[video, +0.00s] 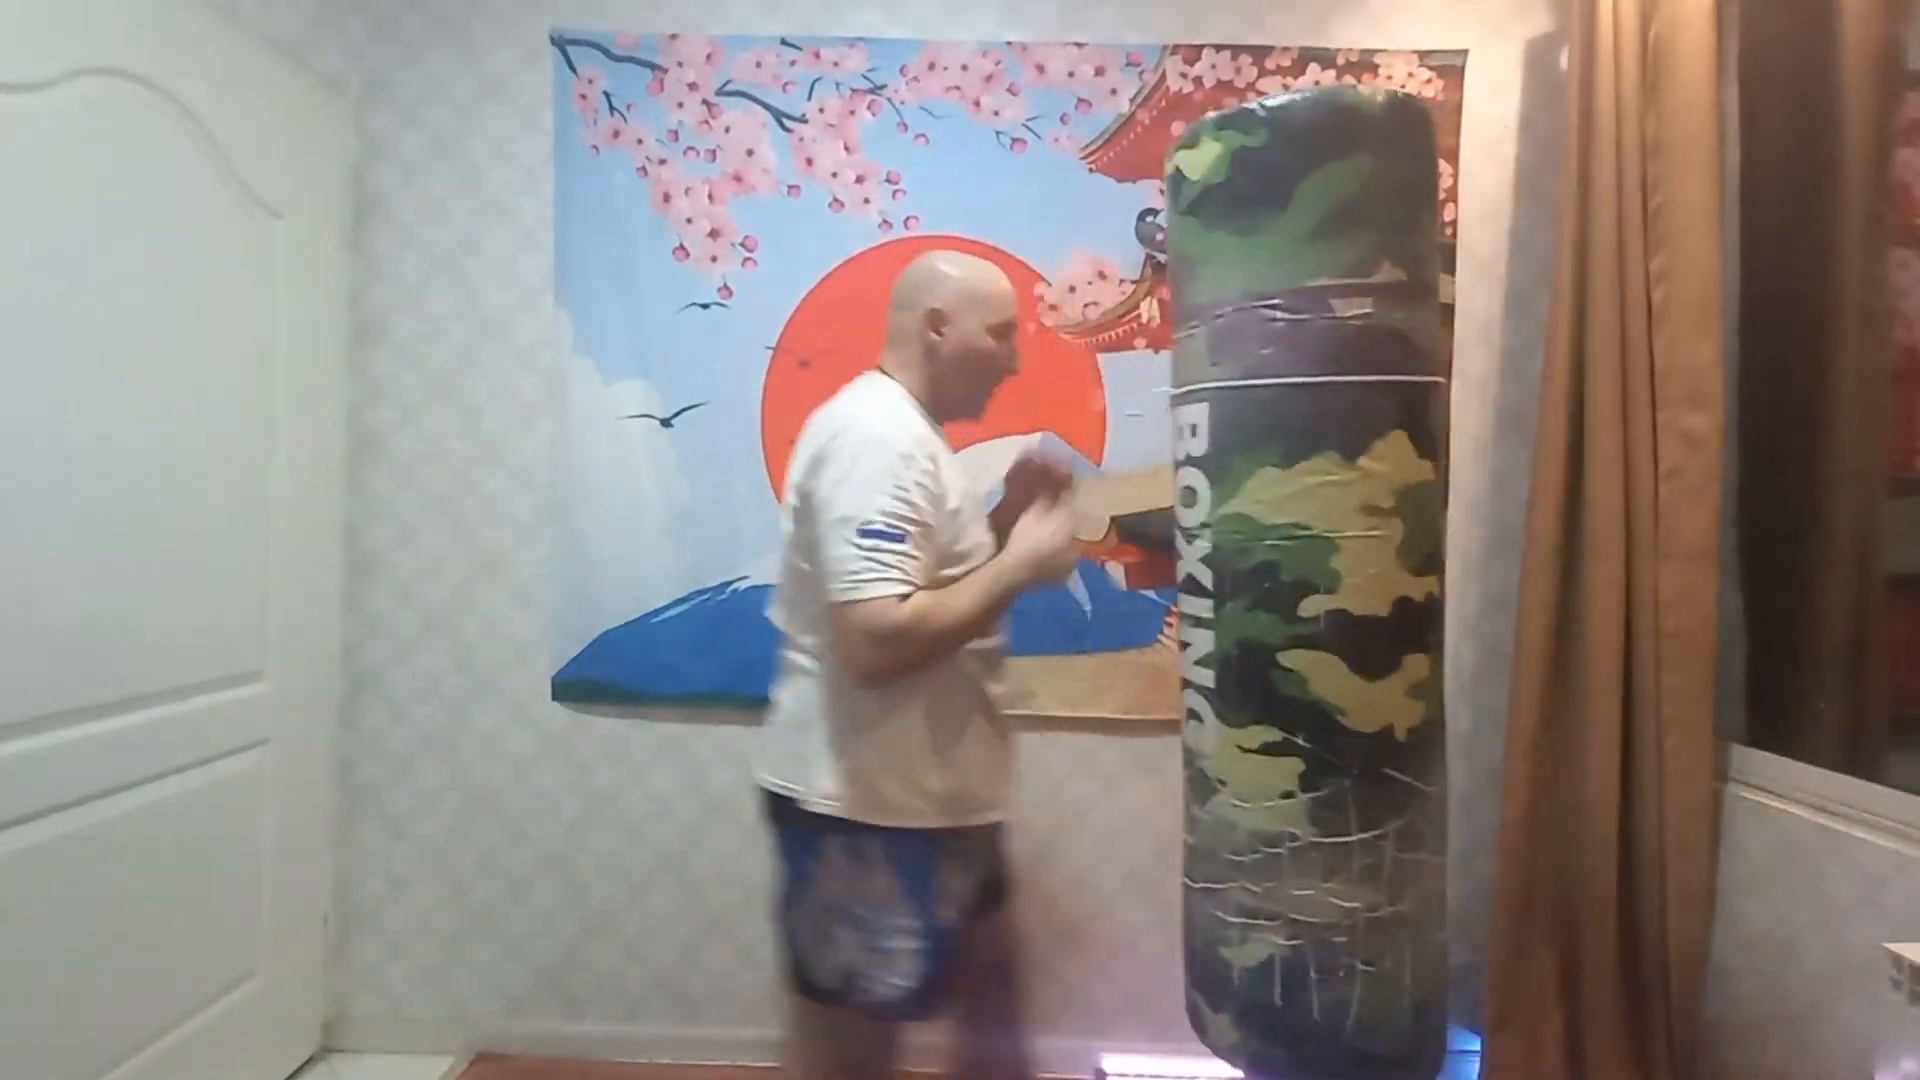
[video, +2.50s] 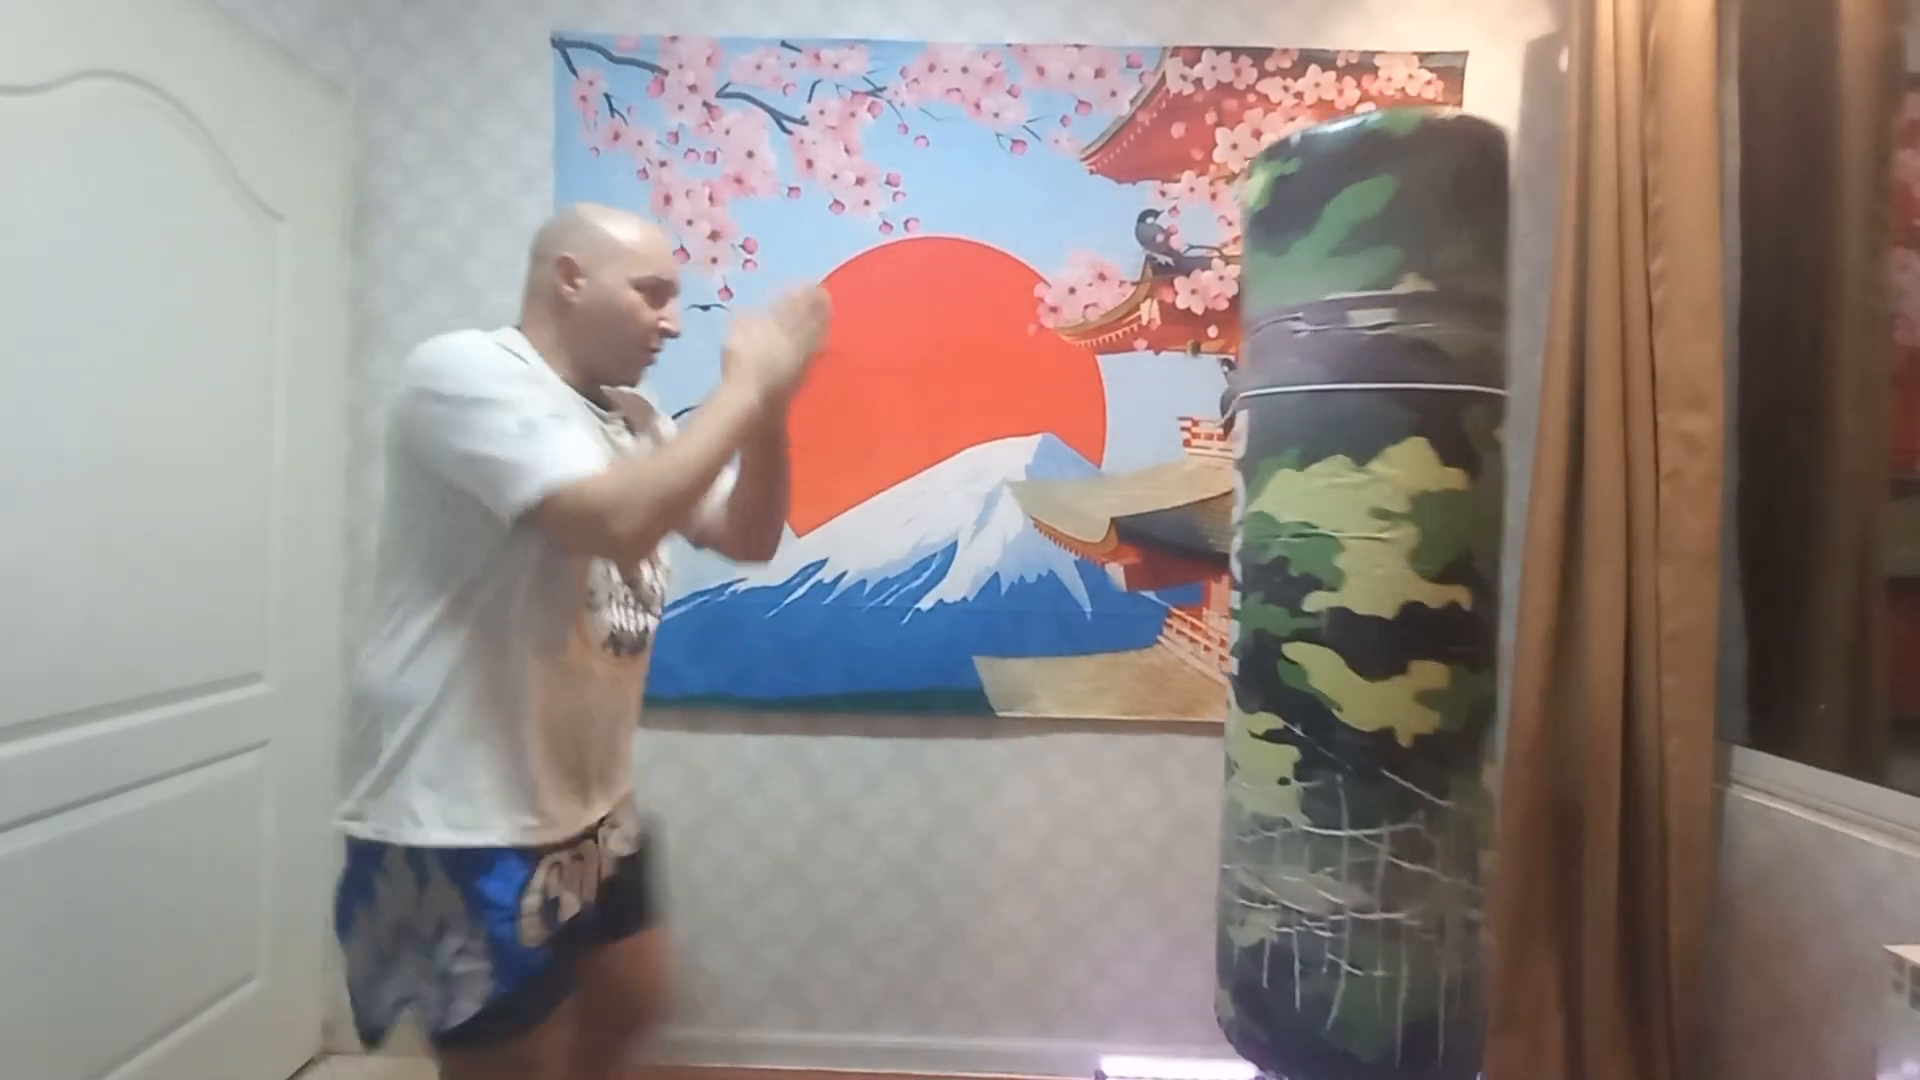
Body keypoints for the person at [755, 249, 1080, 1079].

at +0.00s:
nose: (1014, 357)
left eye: (1014, 334)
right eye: (999, 333)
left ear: (936, 331)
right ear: (934, 328)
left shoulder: (908, 437)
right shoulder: (873, 435)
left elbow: (930, 593)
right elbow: (873, 643)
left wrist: (1006, 516)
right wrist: (1020, 564)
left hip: (936, 807)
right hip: (864, 814)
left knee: (990, 1046)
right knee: (846, 1058)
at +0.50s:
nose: (819, 350)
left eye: (818, 329)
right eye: (805, 327)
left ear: (731, 324)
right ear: (738, 321)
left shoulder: (674, 401)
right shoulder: (720, 421)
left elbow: (769, 568)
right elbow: (760, 604)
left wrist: (825, 481)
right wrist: (872, 501)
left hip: (620, 765)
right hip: (689, 786)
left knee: (612, 996)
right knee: (756, 1028)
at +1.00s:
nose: (783, 329)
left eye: (782, 308)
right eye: (767, 306)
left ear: (692, 308)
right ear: (694, 304)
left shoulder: (683, 409)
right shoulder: (654, 408)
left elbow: (792, 541)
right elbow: (632, 603)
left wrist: (831, 432)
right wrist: (835, 532)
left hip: (618, 792)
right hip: (673, 803)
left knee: (596, 1014)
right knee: (758, 1055)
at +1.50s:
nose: (759, 314)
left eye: (758, 289)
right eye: (739, 286)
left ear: (661, 285)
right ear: (649, 280)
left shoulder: (730, 424)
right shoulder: (520, 414)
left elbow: (765, 585)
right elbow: (519, 649)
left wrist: (900, 585)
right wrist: (753, 571)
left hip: (838, 738)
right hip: (710, 864)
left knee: (1089, 800)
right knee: (786, 1064)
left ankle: (1320, 899)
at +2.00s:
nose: (725, 332)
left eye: (723, 306)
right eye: (707, 303)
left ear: (625, 300)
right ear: (628, 296)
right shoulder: (594, 413)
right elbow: (684, 627)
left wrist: (753, 465)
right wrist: (795, 480)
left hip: (533, 840)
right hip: (607, 858)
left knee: (482, 1052)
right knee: (697, 1062)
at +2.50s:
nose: (671, 322)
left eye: (673, 299)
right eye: (652, 293)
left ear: (577, 286)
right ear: (570, 282)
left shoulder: (632, 419)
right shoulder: (457, 374)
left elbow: (749, 536)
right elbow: (613, 518)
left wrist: (767, 402)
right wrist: (749, 386)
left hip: (593, 816)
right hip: (469, 839)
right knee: (518, 1063)